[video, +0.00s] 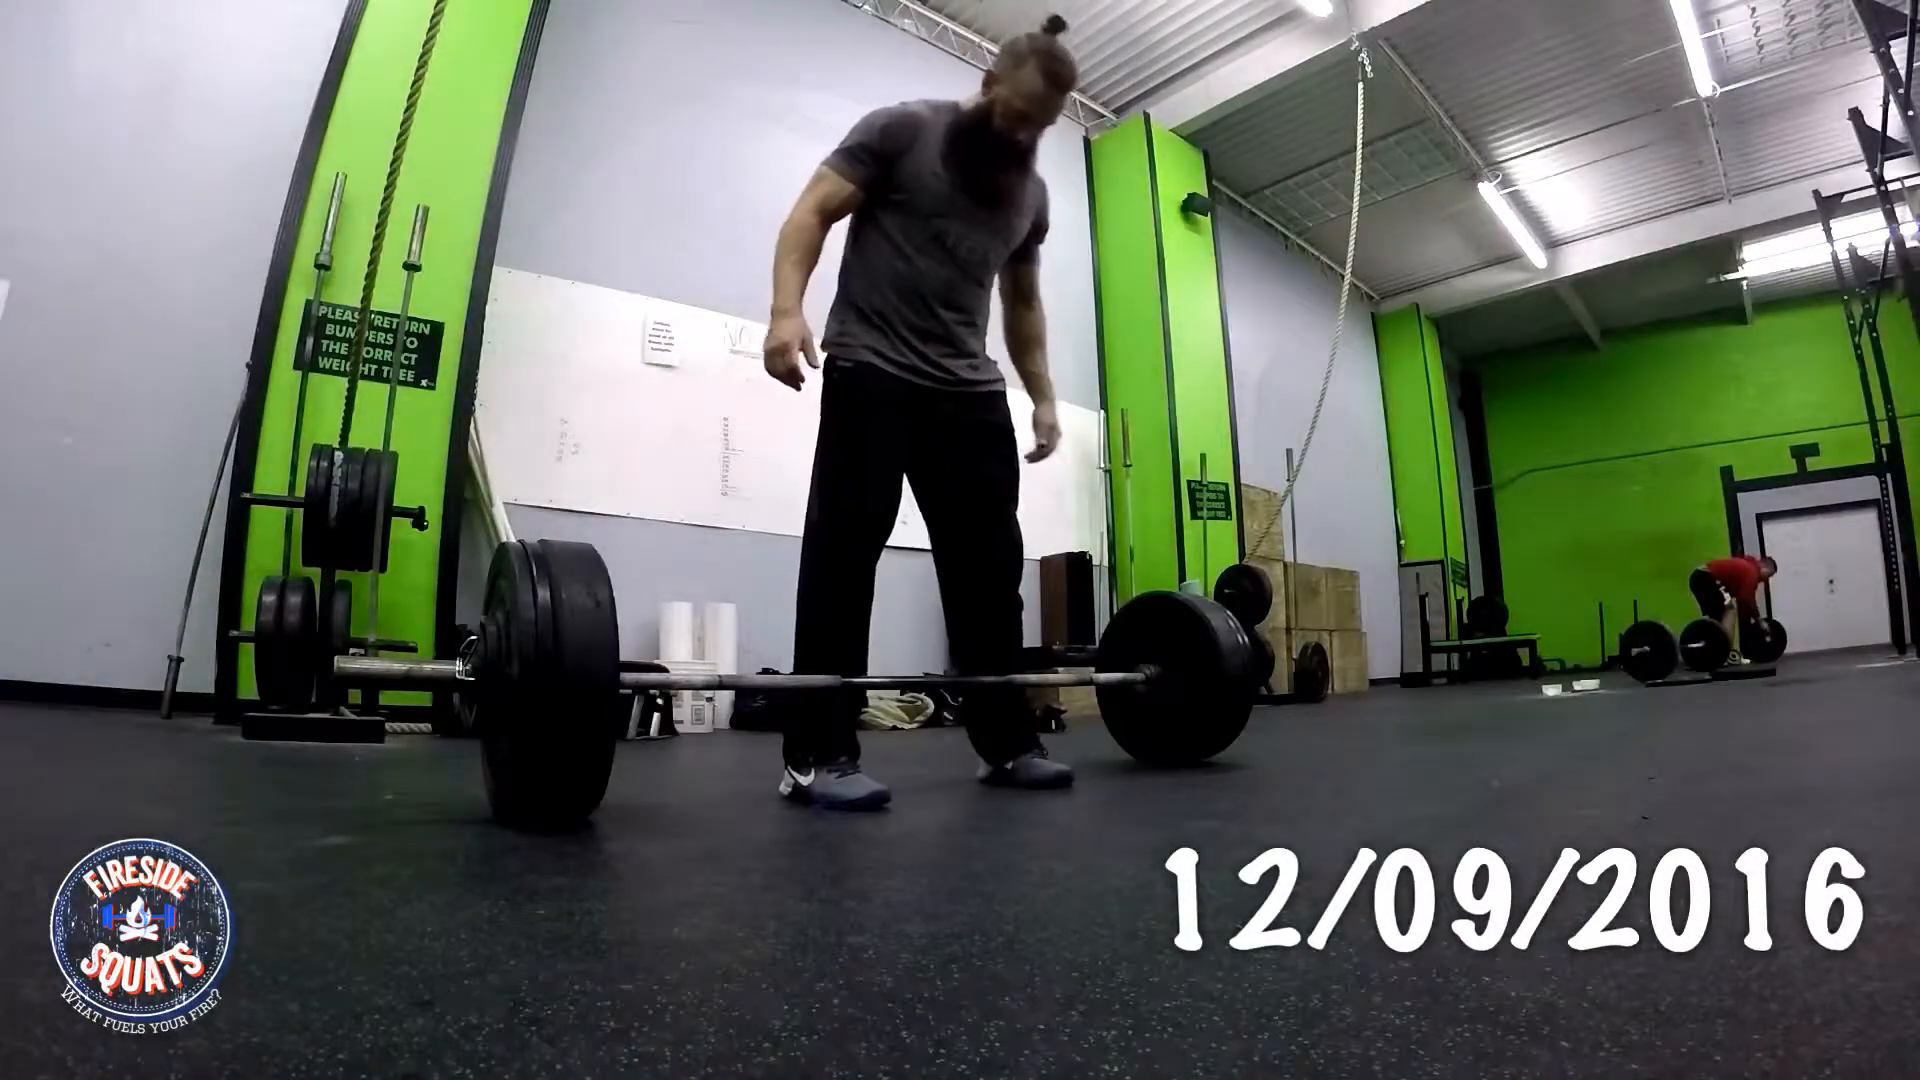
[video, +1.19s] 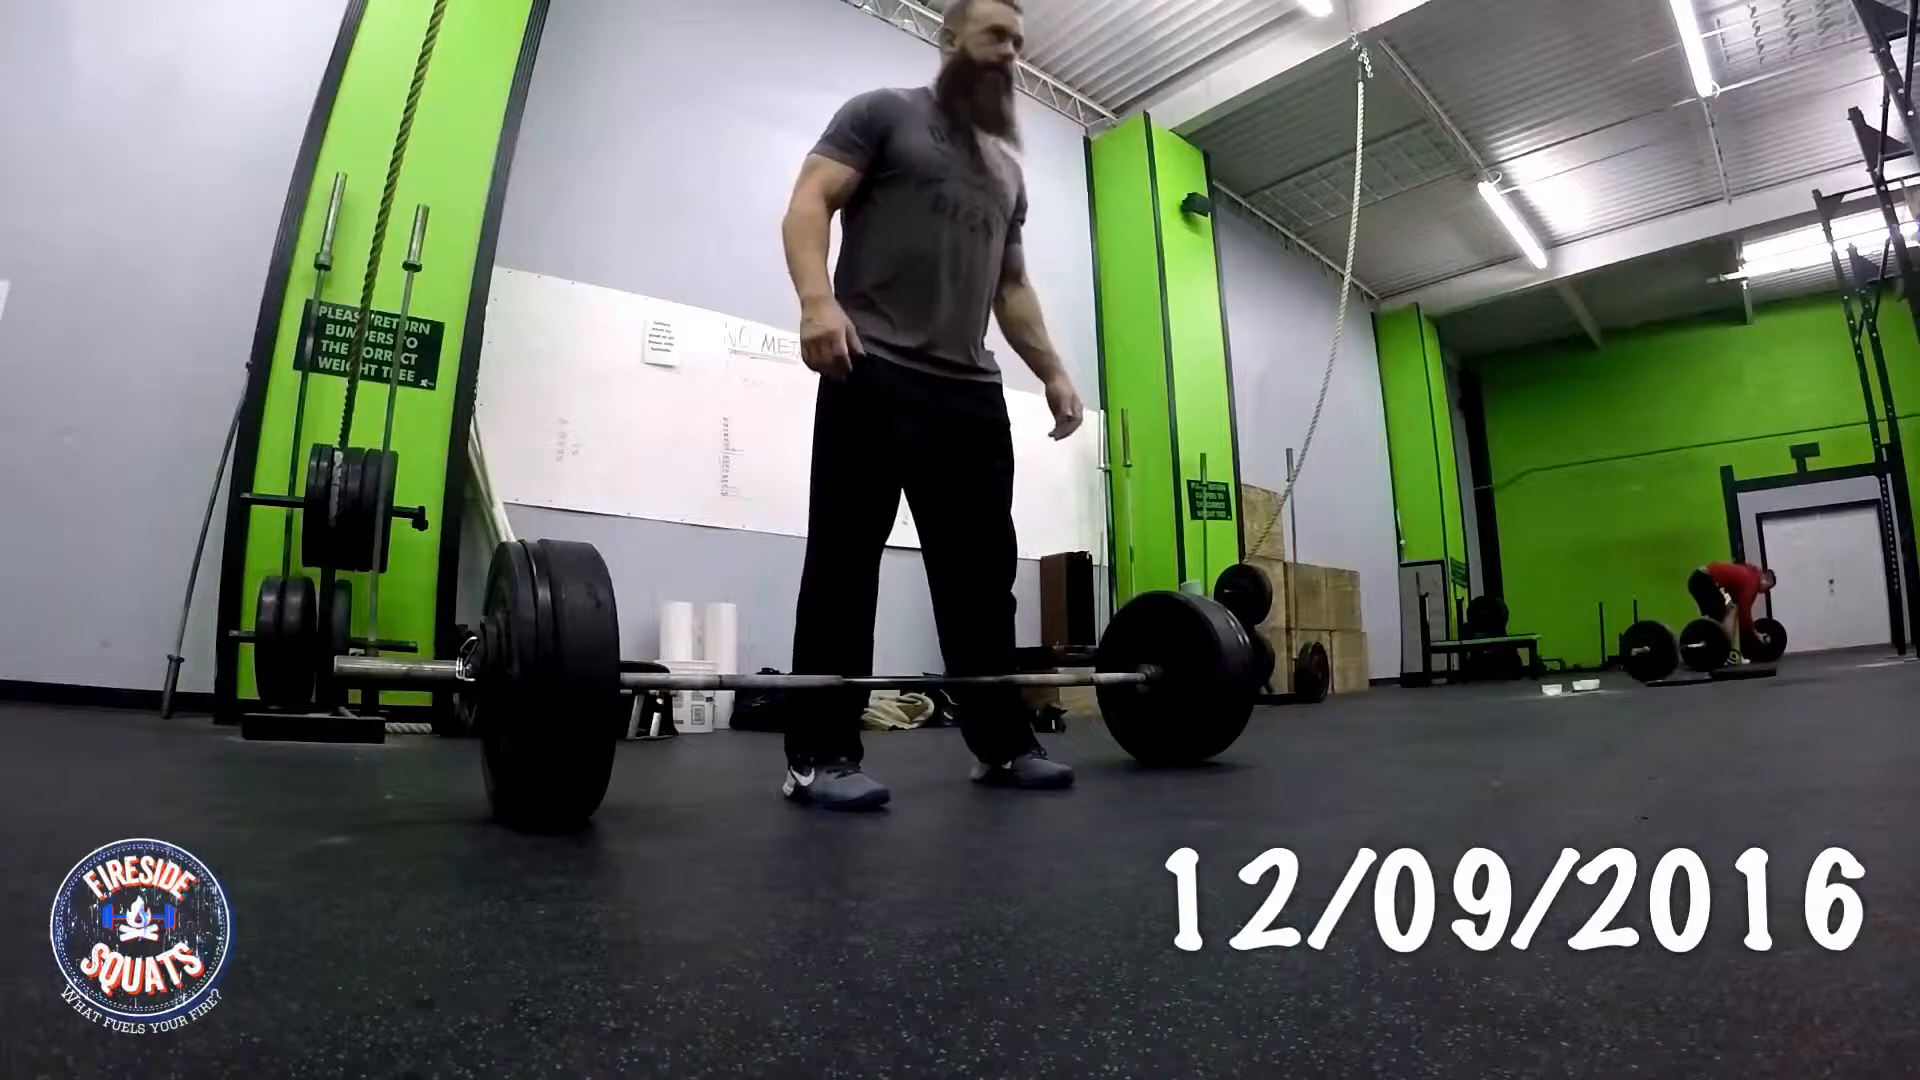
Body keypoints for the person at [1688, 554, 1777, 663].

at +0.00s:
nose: (1766, 578)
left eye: (1769, 576)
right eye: (1768, 575)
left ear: (1762, 564)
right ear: (1764, 569)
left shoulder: (1748, 567)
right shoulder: (1752, 572)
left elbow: (1745, 600)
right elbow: (1746, 599)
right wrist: (1758, 620)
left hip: (1699, 575)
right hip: (1705, 577)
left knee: (1714, 616)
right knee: (1730, 610)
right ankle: (1731, 654)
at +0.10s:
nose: (1766, 580)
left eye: (1770, 578)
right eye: (1769, 576)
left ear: (1763, 566)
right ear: (1766, 570)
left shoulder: (1748, 568)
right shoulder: (1752, 573)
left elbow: (1746, 604)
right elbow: (1747, 605)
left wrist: (1753, 623)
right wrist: (1754, 624)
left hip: (1700, 575)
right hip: (1706, 577)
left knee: (1714, 616)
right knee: (1730, 610)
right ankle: (1731, 653)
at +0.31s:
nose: (1767, 592)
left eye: (1770, 590)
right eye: (1770, 588)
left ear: (1764, 577)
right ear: (1766, 581)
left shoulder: (1749, 577)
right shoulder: (1751, 580)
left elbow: (1742, 609)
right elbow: (1743, 610)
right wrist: (1746, 631)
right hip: (1705, 578)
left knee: (1717, 616)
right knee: (1730, 612)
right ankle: (1732, 654)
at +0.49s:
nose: (1766, 602)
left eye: (1769, 600)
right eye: (1769, 598)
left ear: (1765, 586)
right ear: (1766, 590)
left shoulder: (1752, 581)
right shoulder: (1751, 587)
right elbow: (1746, 623)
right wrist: (1754, 648)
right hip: (1704, 580)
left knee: (1717, 617)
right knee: (1731, 612)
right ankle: (1729, 654)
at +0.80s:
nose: (1765, 595)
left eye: (1769, 593)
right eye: (1768, 591)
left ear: (1765, 580)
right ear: (1766, 584)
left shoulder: (1751, 577)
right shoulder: (1751, 584)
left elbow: (1744, 612)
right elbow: (1744, 617)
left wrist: (1751, 632)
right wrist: (1753, 635)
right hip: (1704, 580)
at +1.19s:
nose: (1764, 590)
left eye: (1768, 588)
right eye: (1767, 586)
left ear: (1762, 575)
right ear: (1764, 580)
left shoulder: (1749, 575)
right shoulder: (1751, 581)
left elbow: (1742, 610)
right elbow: (1744, 613)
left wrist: (1751, 630)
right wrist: (1754, 634)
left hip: (1699, 577)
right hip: (1703, 579)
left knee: (1716, 617)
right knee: (1731, 610)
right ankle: (1729, 653)